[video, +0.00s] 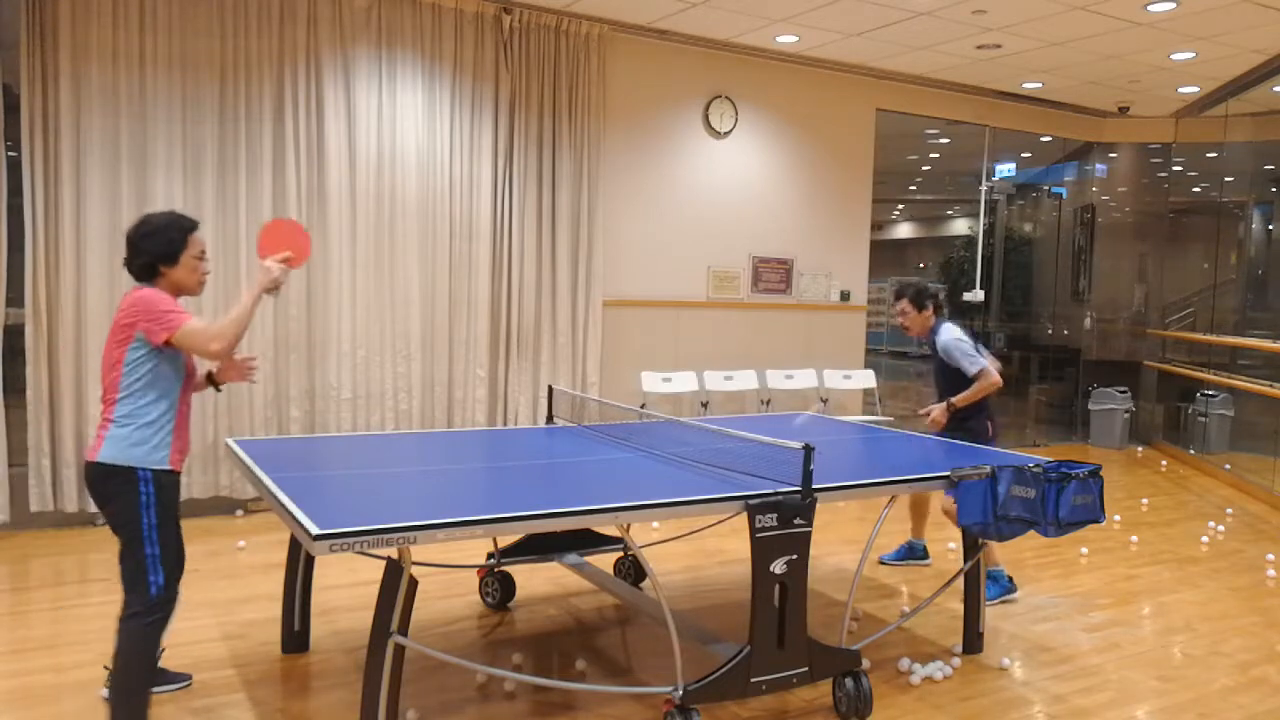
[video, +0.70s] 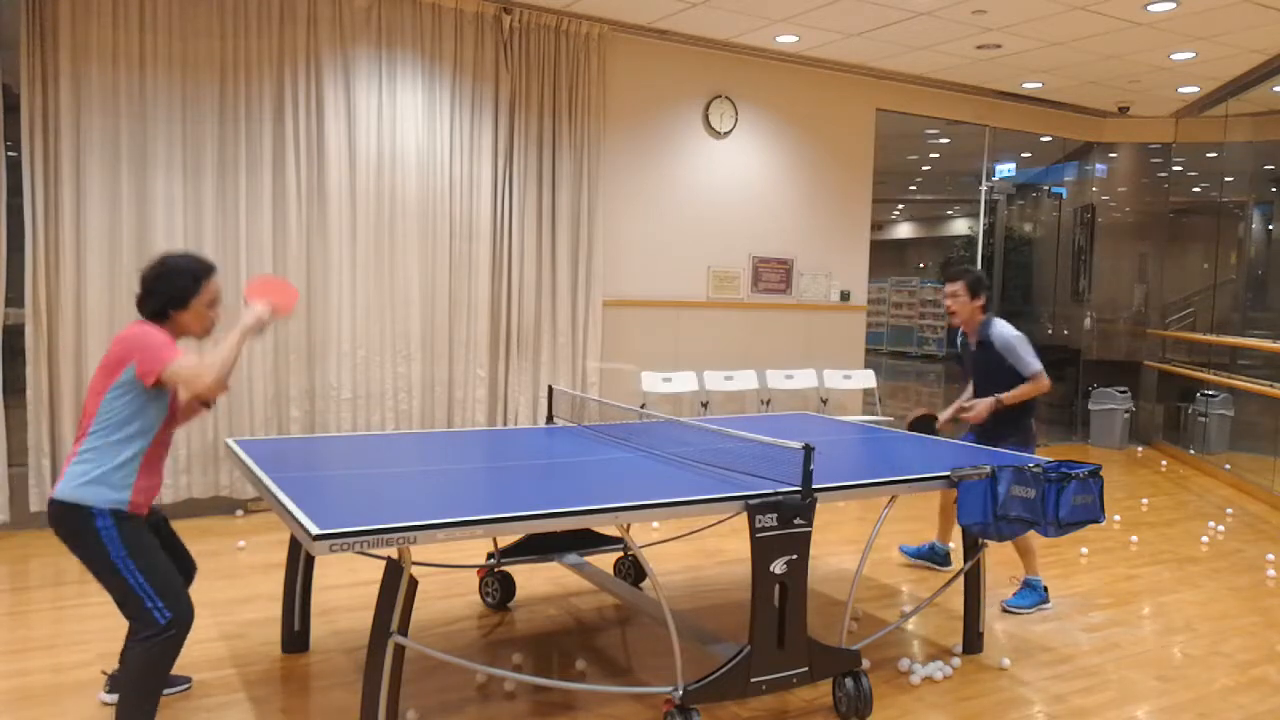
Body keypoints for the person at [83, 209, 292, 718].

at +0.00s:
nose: (207, 264)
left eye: (205, 254)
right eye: (197, 255)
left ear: (168, 262)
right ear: (165, 262)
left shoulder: (159, 308)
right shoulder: (146, 302)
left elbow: (158, 389)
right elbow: (217, 343)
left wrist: (212, 377)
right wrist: (258, 288)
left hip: (148, 464)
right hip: (132, 465)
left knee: (165, 568)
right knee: (150, 588)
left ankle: (136, 667)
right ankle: (128, 705)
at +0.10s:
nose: (205, 266)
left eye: (203, 257)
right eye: (196, 258)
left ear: (166, 265)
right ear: (164, 266)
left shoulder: (156, 311)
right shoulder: (143, 309)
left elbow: (156, 388)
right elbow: (192, 367)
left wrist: (210, 383)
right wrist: (256, 316)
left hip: (142, 471)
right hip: (131, 474)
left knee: (157, 578)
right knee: (162, 597)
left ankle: (133, 669)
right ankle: (129, 706)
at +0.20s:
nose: (210, 269)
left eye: (207, 258)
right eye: (200, 261)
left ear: (169, 273)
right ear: (167, 273)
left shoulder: (170, 320)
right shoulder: (136, 318)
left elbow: (168, 389)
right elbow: (141, 399)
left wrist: (216, 388)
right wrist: (217, 382)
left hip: (150, 480)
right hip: (119, 482)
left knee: (177, 565)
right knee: (153, 602)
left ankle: (135, 667)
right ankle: (124, 708)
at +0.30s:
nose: (219, 290)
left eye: (217, 279)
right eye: (210, 281)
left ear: (180, 292)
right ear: (176, 292)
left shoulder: (191, 333)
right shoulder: (129, 339)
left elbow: (202, 386)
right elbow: (82, 419)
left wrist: (213, 392)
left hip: (148, 488)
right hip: (100, 492)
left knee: (188, 570)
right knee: (147, 611)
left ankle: (137, 668)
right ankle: (126, 707)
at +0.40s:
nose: (230, 327)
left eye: (229, 315)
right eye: (221, 317)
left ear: (194, 326)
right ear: (185, 325)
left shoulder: (202, 365)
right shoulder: (125, 368)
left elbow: (221, 429)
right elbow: (62, 427)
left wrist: (223, 420)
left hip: (147, 510)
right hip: (97, 512)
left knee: (192, 579)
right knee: (155, 615)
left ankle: (132, 673)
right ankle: (126, 707)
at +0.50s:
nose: (236, 348)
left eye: (237, 337)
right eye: (227, 339)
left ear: (196, 343)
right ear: (190, 342)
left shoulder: (203, 382)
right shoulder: (133, 380)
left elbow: (199, 450)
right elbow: (82, 438)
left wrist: (213, 438)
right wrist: (52, 463)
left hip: (134, 514)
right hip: (81, 516)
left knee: (193, 578)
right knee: (155, 619)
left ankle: (134, 673)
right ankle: (129, 709)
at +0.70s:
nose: (217, 314)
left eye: (218, 305)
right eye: (210, 305)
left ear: (180, 307)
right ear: (177, 307)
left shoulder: (163, 350)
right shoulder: (142, 338)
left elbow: (155, 422)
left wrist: (200, 401)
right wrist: (244, 328)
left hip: (125, 502)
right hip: (91, 506)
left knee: (180, 571)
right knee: (167, 616)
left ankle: (132, 675)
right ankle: (133, 709)